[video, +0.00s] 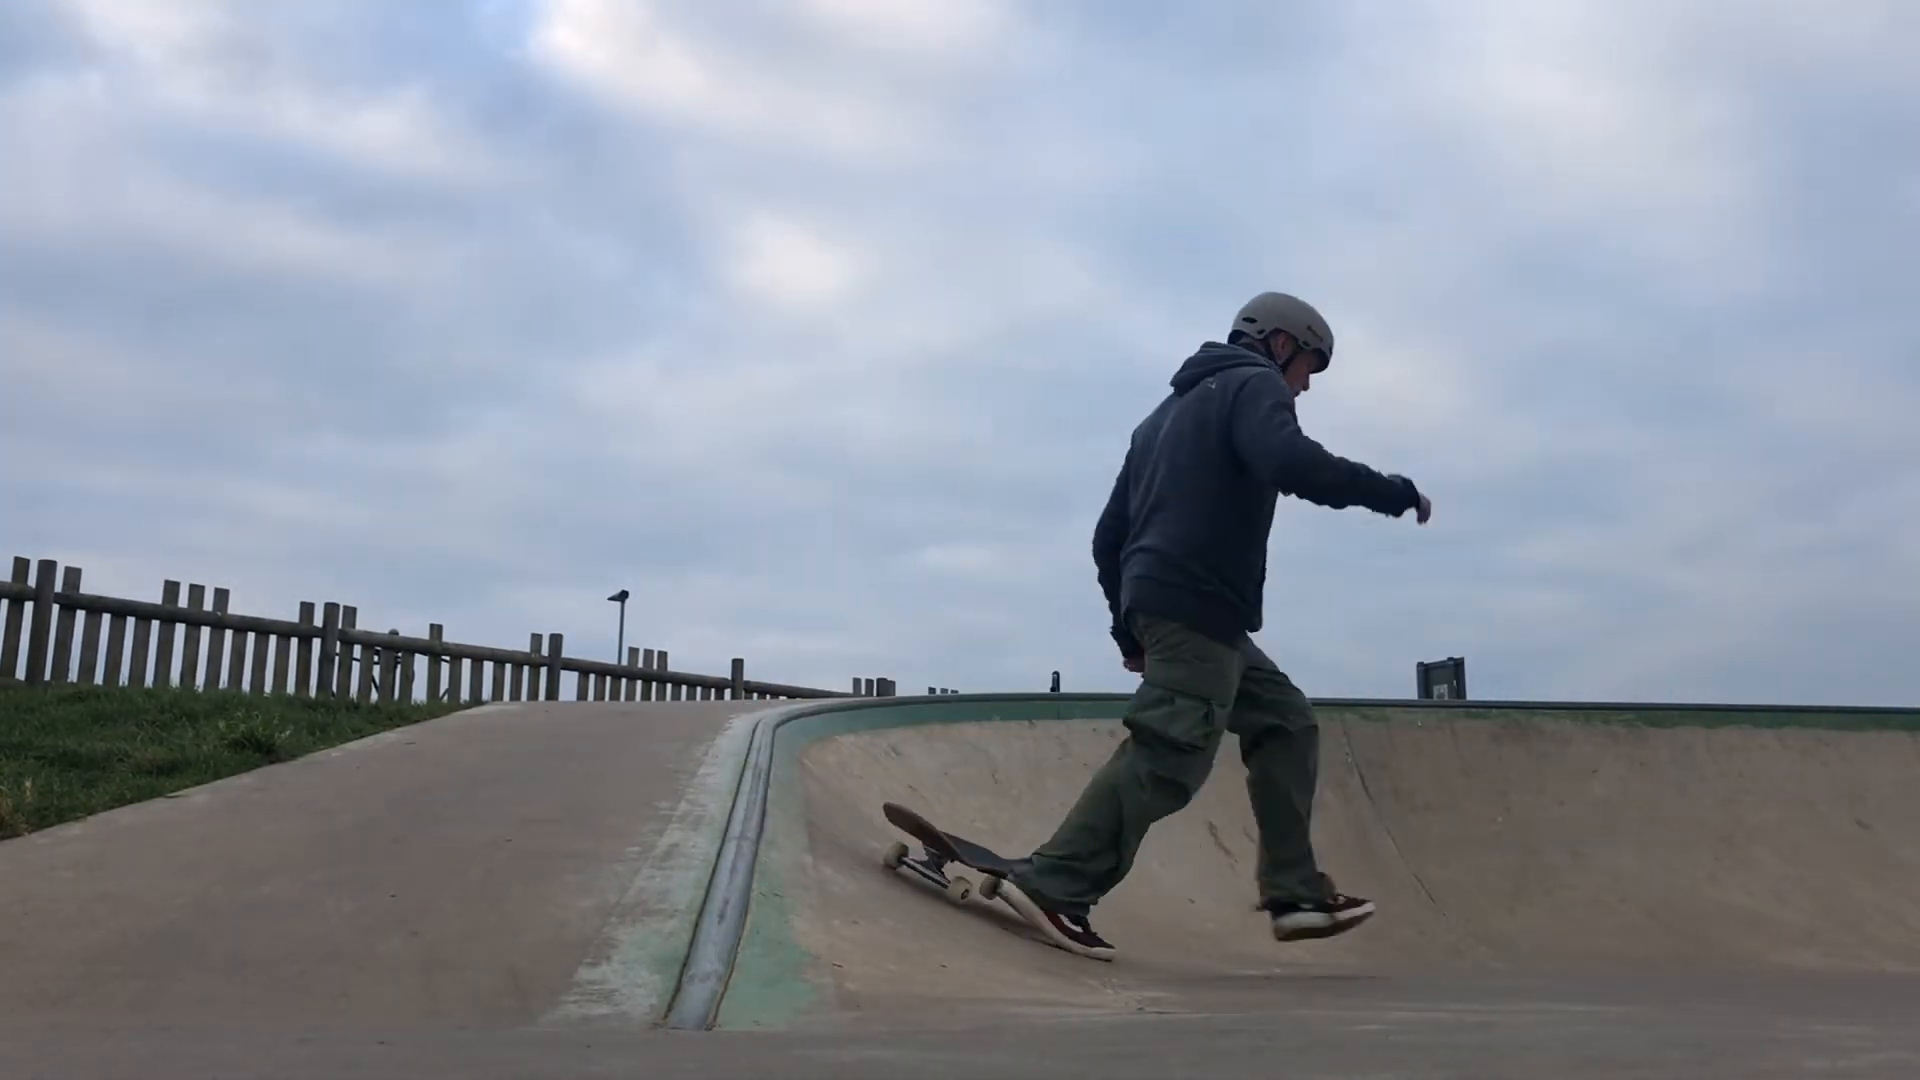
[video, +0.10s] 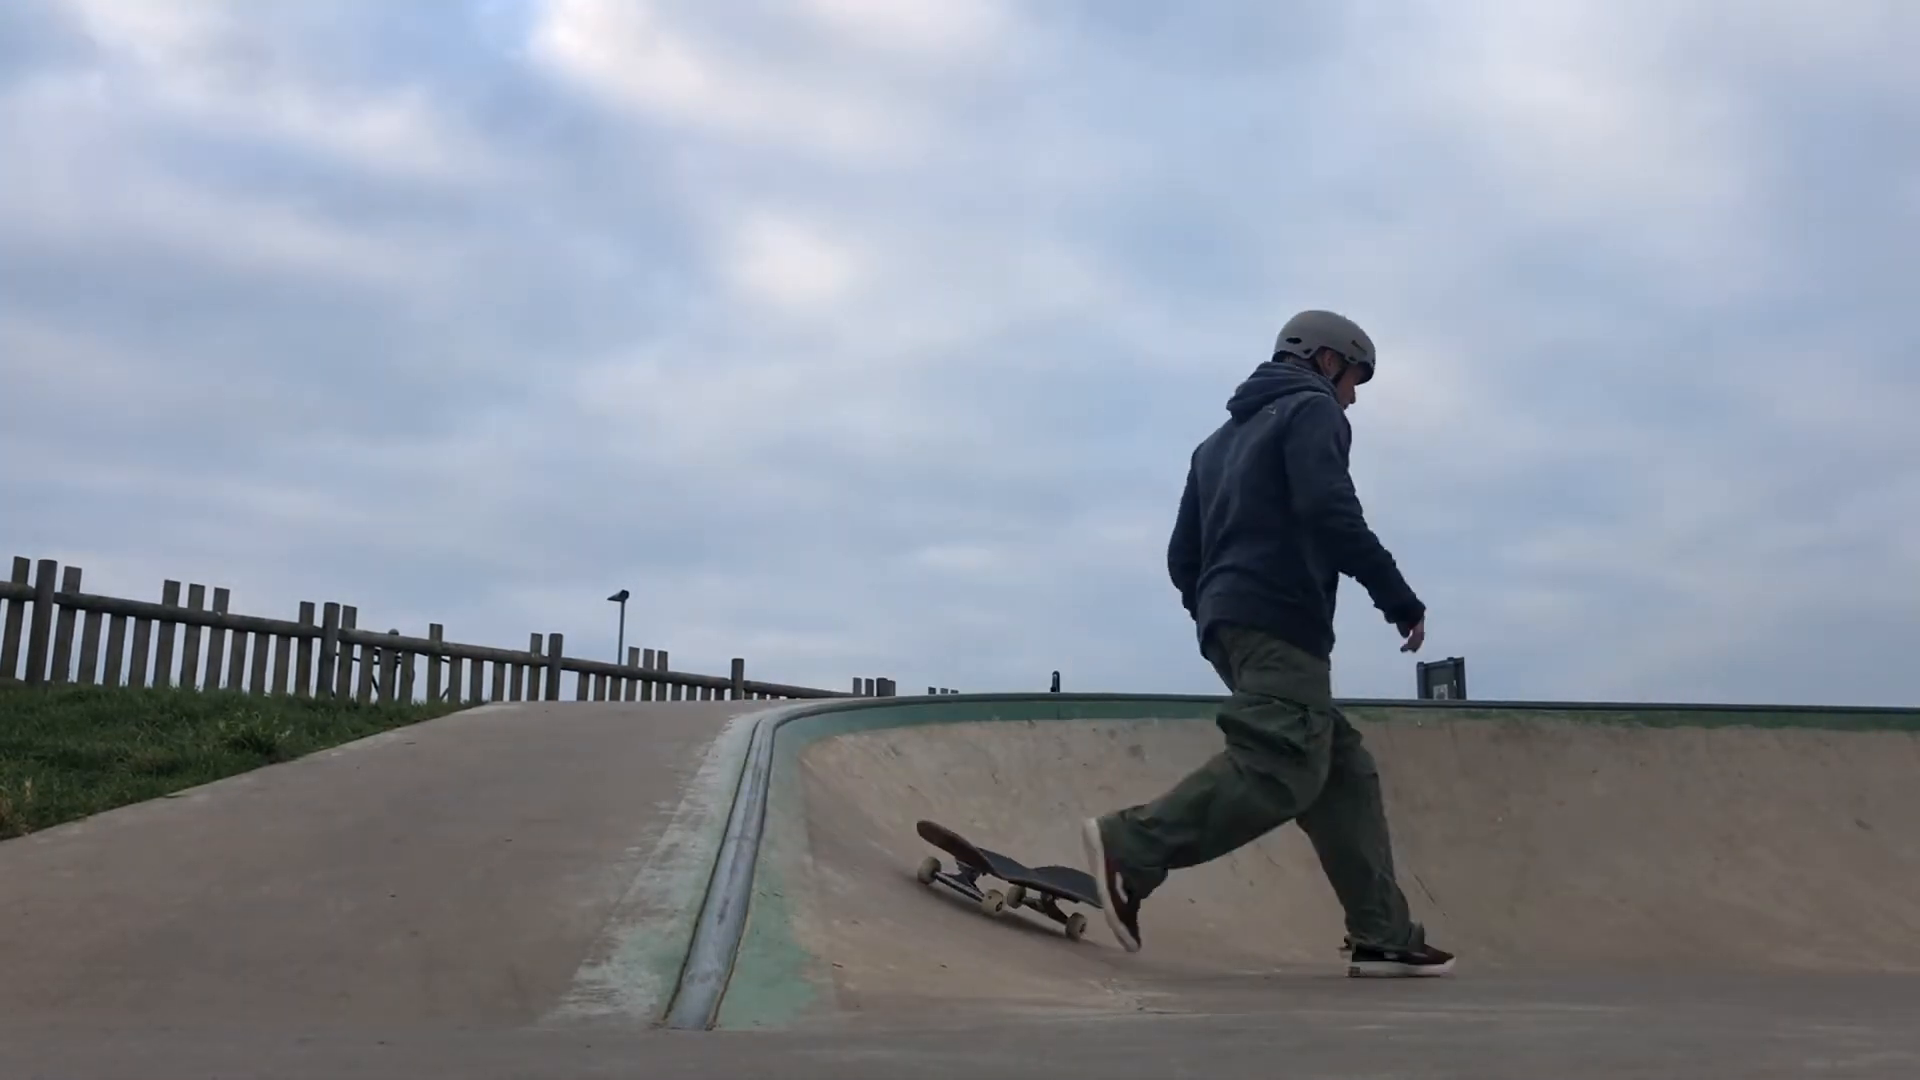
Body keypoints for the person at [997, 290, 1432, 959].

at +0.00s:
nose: (1306, 384)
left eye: (1312, 373)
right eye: (1308, 367)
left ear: (1248, 342)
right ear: (1278, 345)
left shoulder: (1164, 416)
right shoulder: (1252, 385)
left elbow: (1111, 533)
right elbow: (1285, 457)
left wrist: (1130, 624)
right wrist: (1388, 490)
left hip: (1155, 599)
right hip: (1195, 600)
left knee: (1283, 720)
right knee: (1168, 754)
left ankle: (1295, 892)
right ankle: (1054, 881)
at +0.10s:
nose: (1353, 396)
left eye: (1358, 384)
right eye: (1354, 379)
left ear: (1293, 360)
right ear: (1325, 361)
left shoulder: (1218, 440)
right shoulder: (1310, 409)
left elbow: (1184, 556)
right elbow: (1328, 509)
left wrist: (1223, 613)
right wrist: (1399, 599)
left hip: (1227, 622)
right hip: (1279, 617)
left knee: (1343, 769)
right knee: (1284, 767)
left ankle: (1382, 935)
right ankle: (1135, 845)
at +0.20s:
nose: (1399, 420)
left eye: (1403, 408)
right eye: (1399, 405)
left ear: (1335, 391)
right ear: (1371, 390)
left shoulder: (1285, 463)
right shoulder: (1363, 443)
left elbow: (1270, 573)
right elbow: (1365, 560)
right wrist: (1396, 659)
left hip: (1280, 658)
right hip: (1337, 651)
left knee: (1405, 792)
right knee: (1430, 775)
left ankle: (1392, 941)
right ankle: (1305, 825)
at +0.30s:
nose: (1439, 429)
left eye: (1443, 416)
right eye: (1439, 413)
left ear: (1383, 398)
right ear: (1413, 397)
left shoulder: (1333, 462)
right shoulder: (1399, 447)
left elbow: (1374, 570)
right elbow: (1391, 550)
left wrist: (1449, 630)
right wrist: (1407, 645)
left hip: (1321, 662)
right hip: (1386, 652)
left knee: (1407, 791)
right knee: (1497, 749)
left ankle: (1391, 930)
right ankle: (1476, 876)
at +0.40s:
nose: (1475, 421)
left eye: (1478, 409)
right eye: (1475, 406)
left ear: (1421, 392)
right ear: (1451, 391)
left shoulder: (1370, 460)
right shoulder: (1434, 434)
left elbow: (1426, 572)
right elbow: (1417, 529)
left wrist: (1509, 580)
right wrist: (1438, 617)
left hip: (1361, 649)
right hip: (1435, 640)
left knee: (1422, 780)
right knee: (1516, 758)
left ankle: (1397, 912)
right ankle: (1560, 916)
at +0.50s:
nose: (1501, 426)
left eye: (1503, 415)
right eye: (1500, 413)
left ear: (1443, 398)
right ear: (1478, 399)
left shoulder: (1401, 466)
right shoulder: (1466, 443)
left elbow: (1465, 569)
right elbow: (1456, 529)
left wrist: (1541, 557)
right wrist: (1487, 617)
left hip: (1406, 652)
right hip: (1481, 647)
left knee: (1451, 783)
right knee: (1529, 783)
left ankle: (1417, 874)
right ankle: (1545, 941)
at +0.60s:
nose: (1525, 441)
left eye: (1527, 431)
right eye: (1525, 429)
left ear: (1466, 419)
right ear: (1506, 418)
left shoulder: (1429, 489)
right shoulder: (1505, 466)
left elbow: (1478, 591)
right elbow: (1509, 563)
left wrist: (1563, 578)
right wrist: (1545, 646)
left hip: (1444, 673)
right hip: (1510, 665)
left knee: (1490, 792)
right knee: (1559, 792)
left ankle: (1449, 868)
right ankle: (1541, 942)